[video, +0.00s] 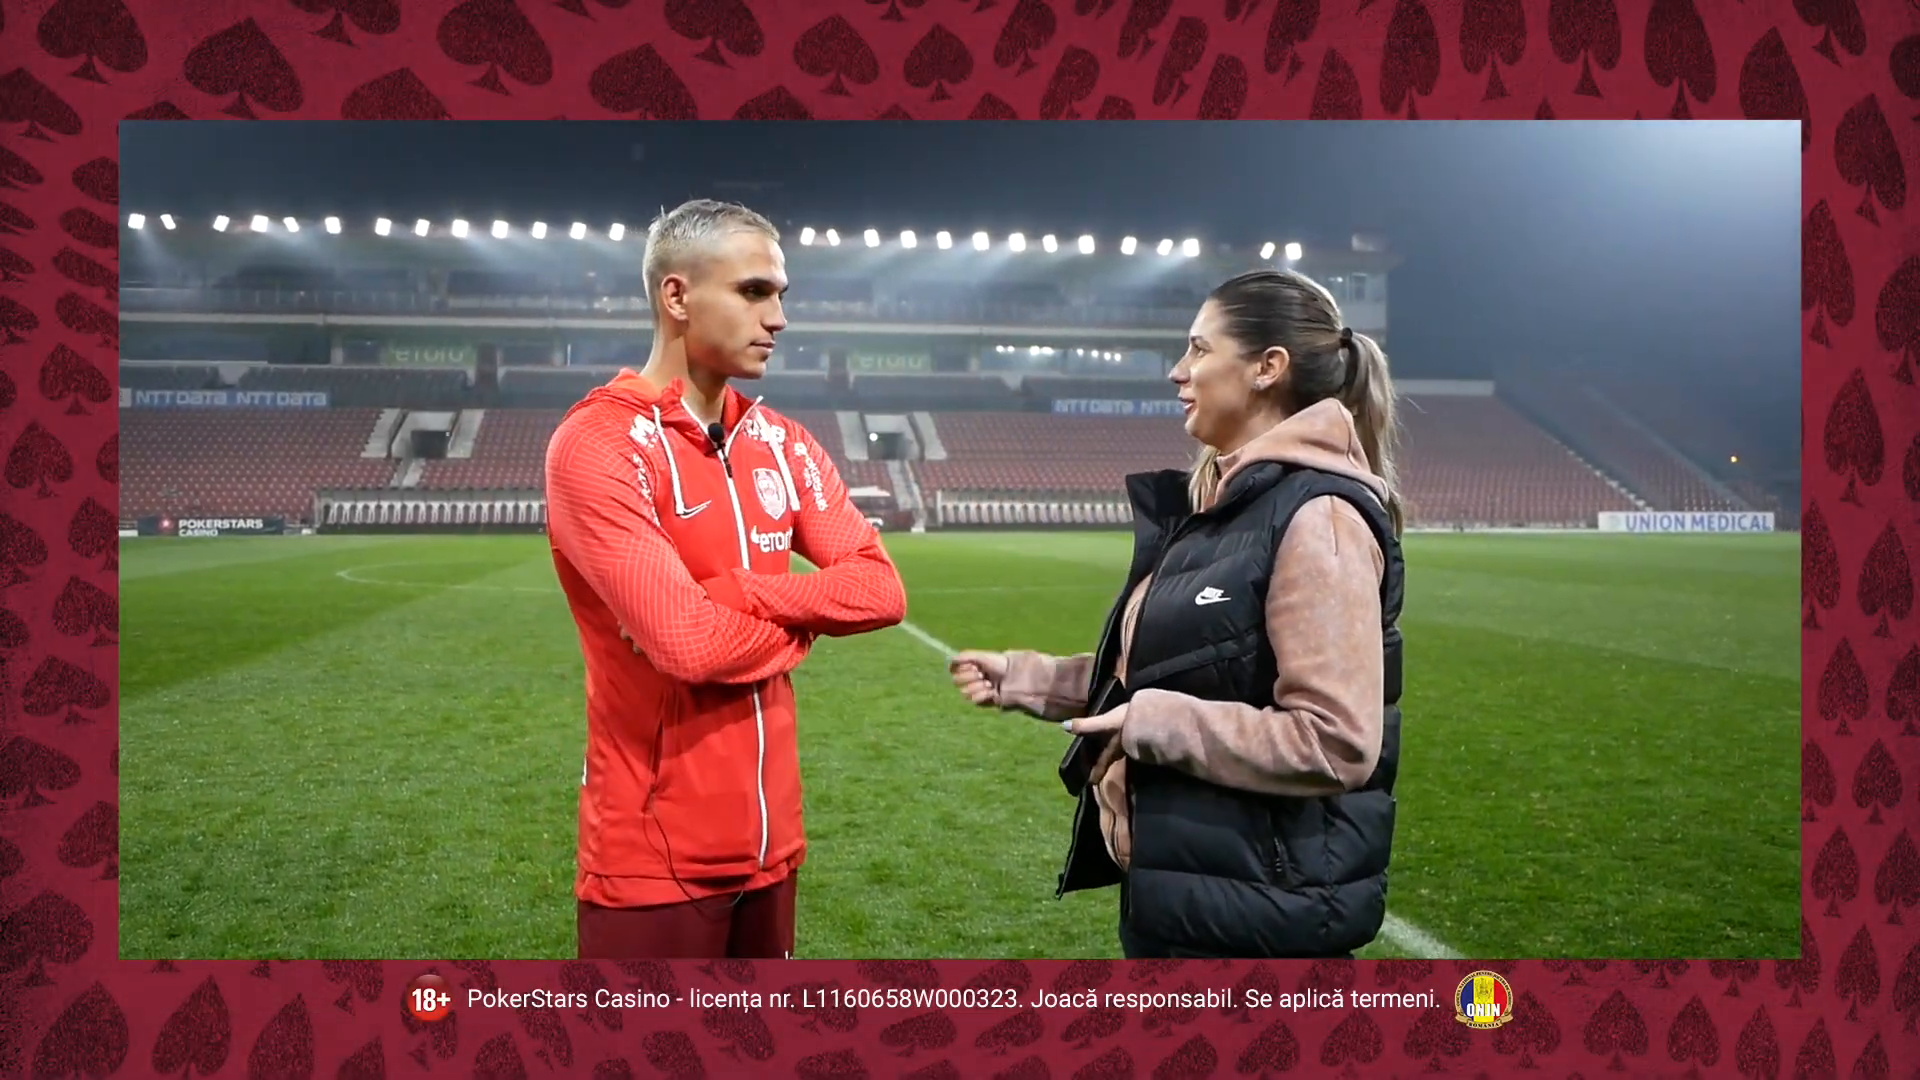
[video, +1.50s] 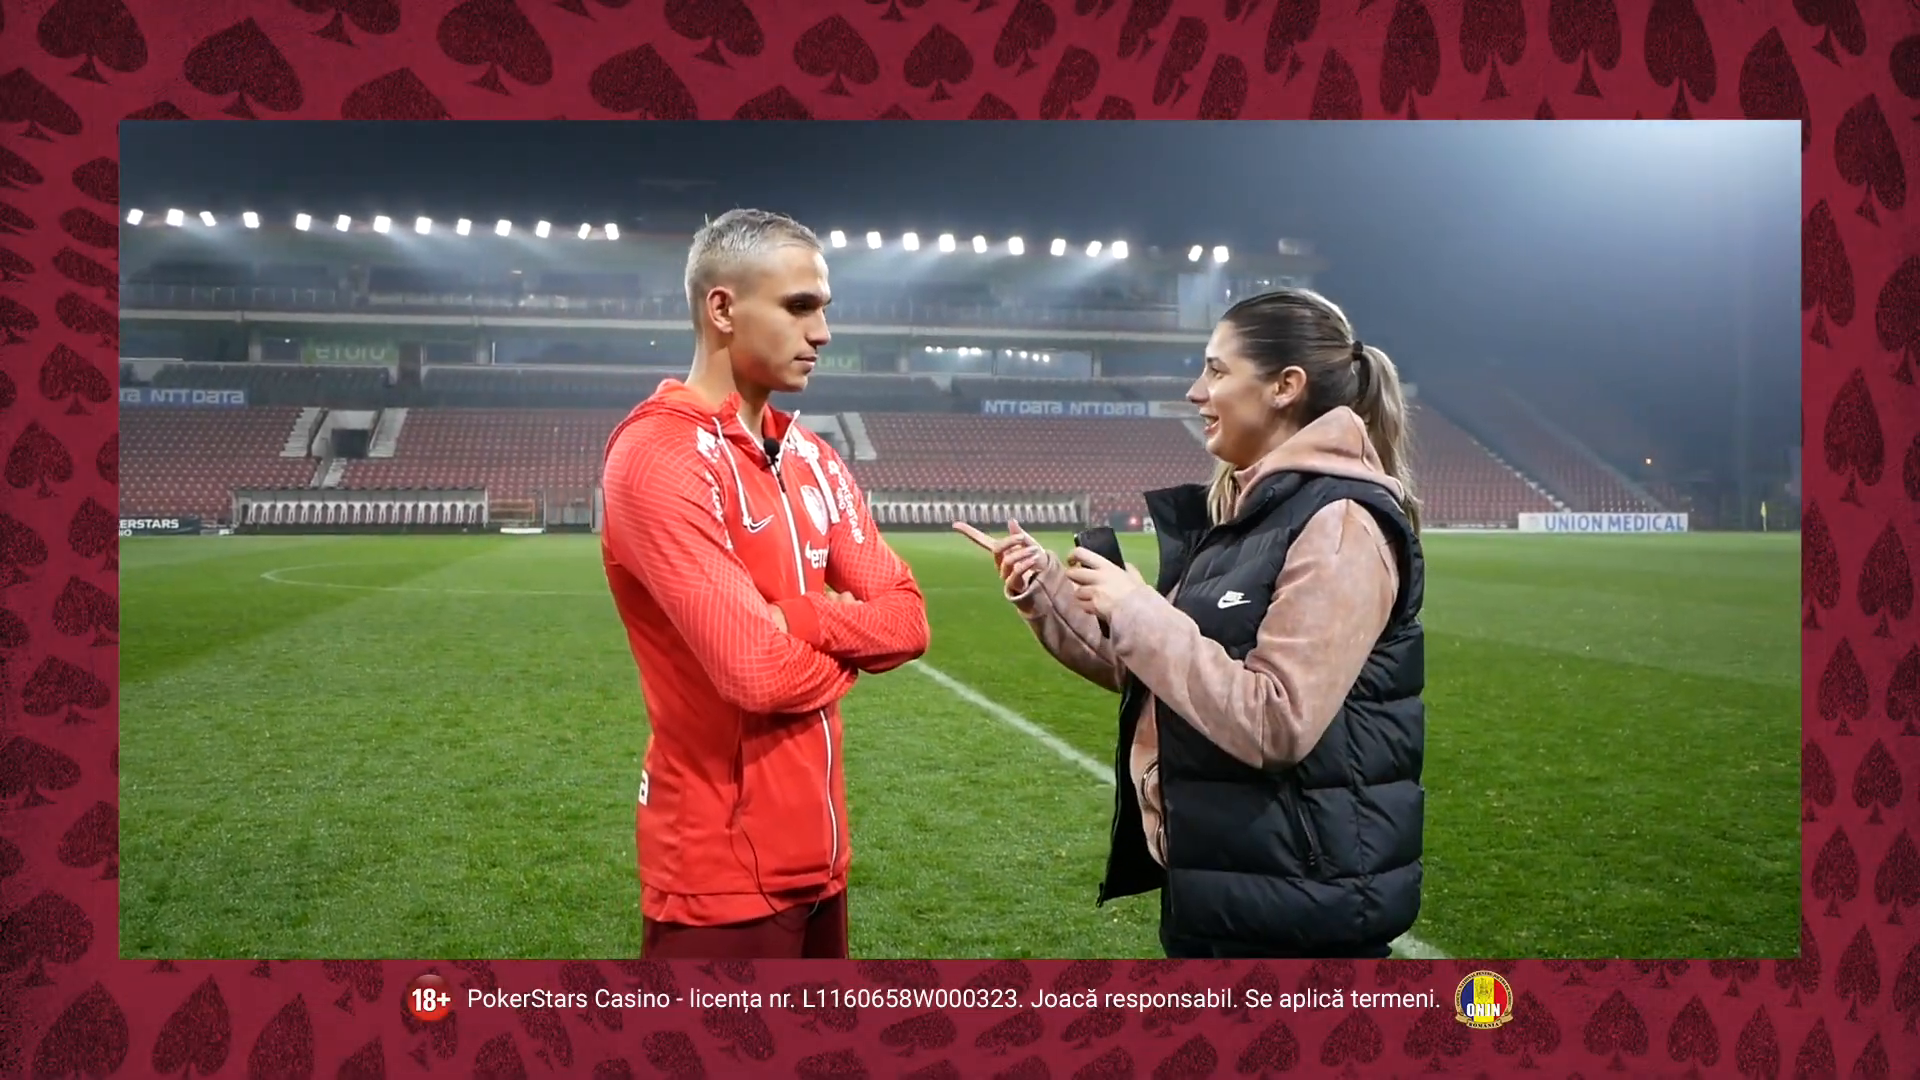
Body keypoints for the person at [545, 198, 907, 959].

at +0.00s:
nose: (779, 317)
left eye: (779, 295)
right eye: (754, 292)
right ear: (676, 296)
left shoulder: (784, 442)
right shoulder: (594, 445)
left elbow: (882, 589)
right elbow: (688, 647)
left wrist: (729, 592)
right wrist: (801, 627)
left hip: (768, 841)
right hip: (653, 850)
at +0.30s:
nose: (771, 309)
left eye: (768, 286)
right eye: (744, 284)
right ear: (667, 294)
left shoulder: (773, 447)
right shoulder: (593, 447)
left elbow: (859, 620)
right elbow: (674, 664)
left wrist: (715, 606)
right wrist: (789, 627)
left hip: (759, 843)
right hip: (649, 853)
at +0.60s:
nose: (777, 306)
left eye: (774, 283)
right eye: (752, 282)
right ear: (675, 290)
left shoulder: (768, 447)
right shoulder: (602, 445)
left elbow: (861, 614)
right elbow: (692, 669)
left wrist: (730, 609)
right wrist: (797, 639)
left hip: (761, 845)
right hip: (659, 856)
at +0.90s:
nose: (791, 318)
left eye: (789, 295)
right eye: (768, 293)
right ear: (691, 300)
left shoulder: (778, 452)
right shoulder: (620, 455)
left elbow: (872, 622)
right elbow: (717, 675)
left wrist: (745, 614)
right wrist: (816, 645)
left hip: (776, 851)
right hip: (677, 864)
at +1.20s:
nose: (807, 326)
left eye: (805, 302)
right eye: (784, 301)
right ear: (707, 307)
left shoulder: (794, 455)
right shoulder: (637, 460)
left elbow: (891, 625)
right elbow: (738, 679)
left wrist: (765, 617)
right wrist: (834, 650)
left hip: (793, 853)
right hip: (698, 867)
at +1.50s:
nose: (822, 333)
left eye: (823, 309)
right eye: (799, 307)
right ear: (721, 309)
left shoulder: (812, 455)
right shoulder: (655, 459)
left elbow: (908, 620)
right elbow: (758, 676)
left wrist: (790, 616)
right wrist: (852, 646)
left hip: (813, 847)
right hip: (719, 861)